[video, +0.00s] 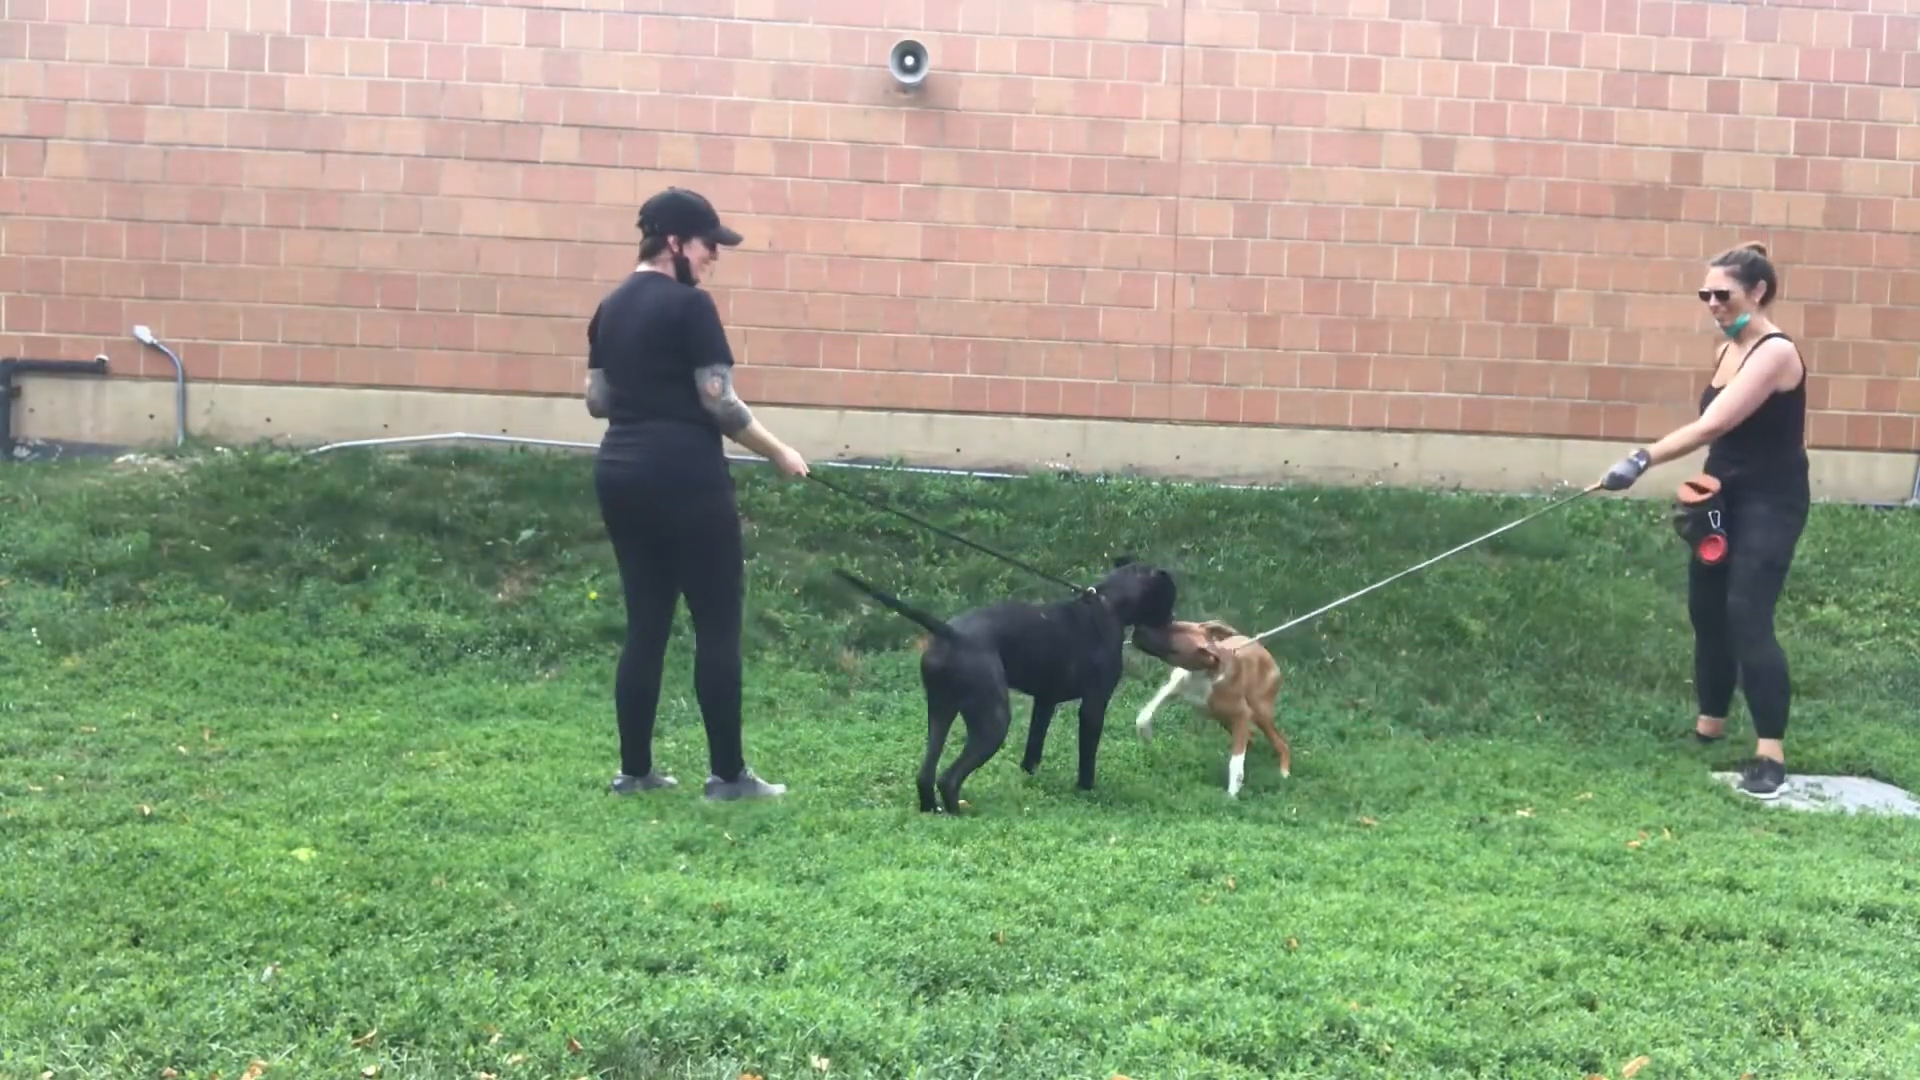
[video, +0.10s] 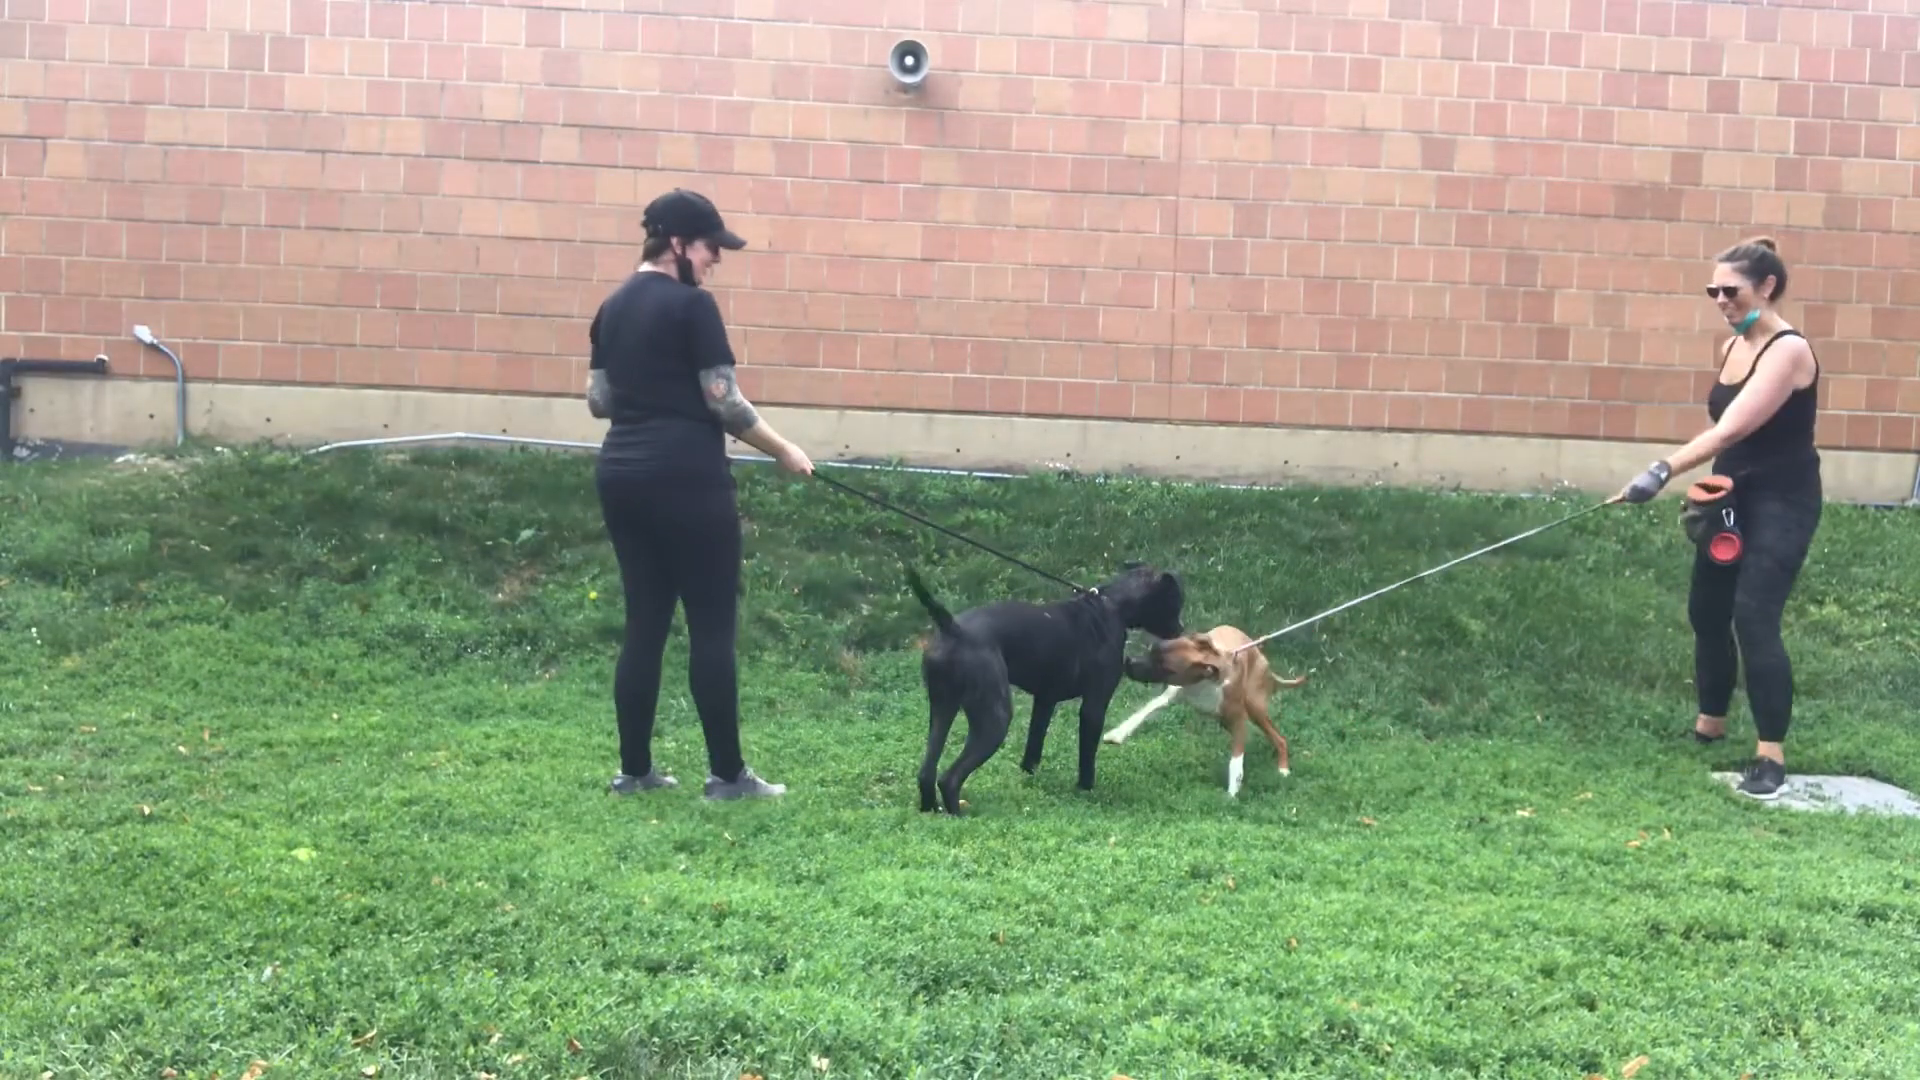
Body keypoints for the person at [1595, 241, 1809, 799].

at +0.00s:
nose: (1712, 304)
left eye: (1722, 295)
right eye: (1708, 295)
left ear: (1757, 292)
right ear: (1712, 296)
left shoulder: (1775, 353)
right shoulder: (1731, 349)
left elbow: (1710, 424)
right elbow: (1722, 434)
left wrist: (1642, 457)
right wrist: (1704, 491)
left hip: (1770, 502)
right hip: (1723, 495)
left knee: (1749, 615)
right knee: (1708, 610)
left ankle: (1770, 755)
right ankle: (1708, 729)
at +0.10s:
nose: (1720, 301)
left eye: (1730, 291)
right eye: (1716, 292)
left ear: (1768, 286)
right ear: (1716, 291)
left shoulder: (1789, 350)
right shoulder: (1736, 344)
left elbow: (1731, 427)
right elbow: (1732, 432)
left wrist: (1660, 470)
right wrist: (1711, 488)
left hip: (1782, 499)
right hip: (1733, 494)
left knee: (1754, 615)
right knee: (1708, 610)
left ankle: (1771, 757)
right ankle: (1708, 729)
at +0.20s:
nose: (1728, 297)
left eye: (1738, 288)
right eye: (1724, 288)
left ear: (1776, 283)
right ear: (1727, 286)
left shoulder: (1800, 347)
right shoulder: (1738, 341)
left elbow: (1749, 422)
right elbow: (1737, 425)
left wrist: (1681, 464)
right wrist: (1720, 481)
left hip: (1796, 498)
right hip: (1744, 492)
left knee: (1763, 611)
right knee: (1703, 608)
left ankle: (1772, 757)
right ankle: (1703, 726)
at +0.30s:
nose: (1734, 296)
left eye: (1745, 286)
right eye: (1730, 286)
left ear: (1784, 281)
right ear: (1730, 282)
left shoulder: (1810, 344)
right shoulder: (1743, 338)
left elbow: (1757, 416)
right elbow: (1747, 420)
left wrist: (1692, 454)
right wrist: (1733, 478)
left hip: (1805, 501)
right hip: (1752, 494)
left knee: (1773, 615)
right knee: (1696, 605)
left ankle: (1774, 758)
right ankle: (1710, 722)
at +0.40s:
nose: (1740, 294)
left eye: (1750, 284)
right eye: (1735, 284)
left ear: (1789, 279)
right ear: (1736, 280)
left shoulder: (1816, 344)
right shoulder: (1747, 335)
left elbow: (1765, 411)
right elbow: (1746, 422)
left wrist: (1692, 447)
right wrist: (1717, 484)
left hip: (1808, 504)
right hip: (1752, 495)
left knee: (1779, 620)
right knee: (1701, 604)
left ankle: (1775, 759)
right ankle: (1721, 731)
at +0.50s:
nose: (1742, 294)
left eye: (1752, 284)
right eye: (1738, 284)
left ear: (1792, 277)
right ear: (1739, 281)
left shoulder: (1816, 344)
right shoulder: (1750, 336)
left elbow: (1750, 412)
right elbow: (1743, 422)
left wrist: (1677, 451)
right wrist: (1704, 481)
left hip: (1809, 501)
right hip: (1751, 493)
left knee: (1778, 619)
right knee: (1718, 611)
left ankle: (1774, 759)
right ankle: (1718, 744)